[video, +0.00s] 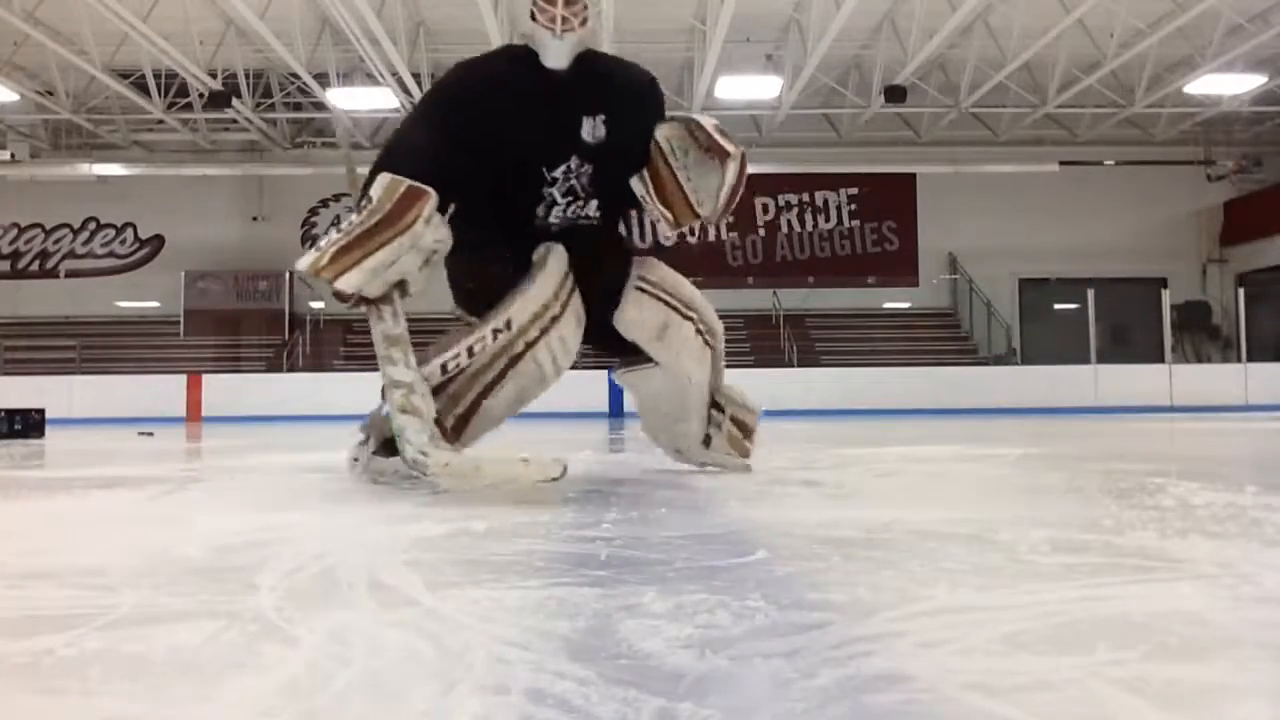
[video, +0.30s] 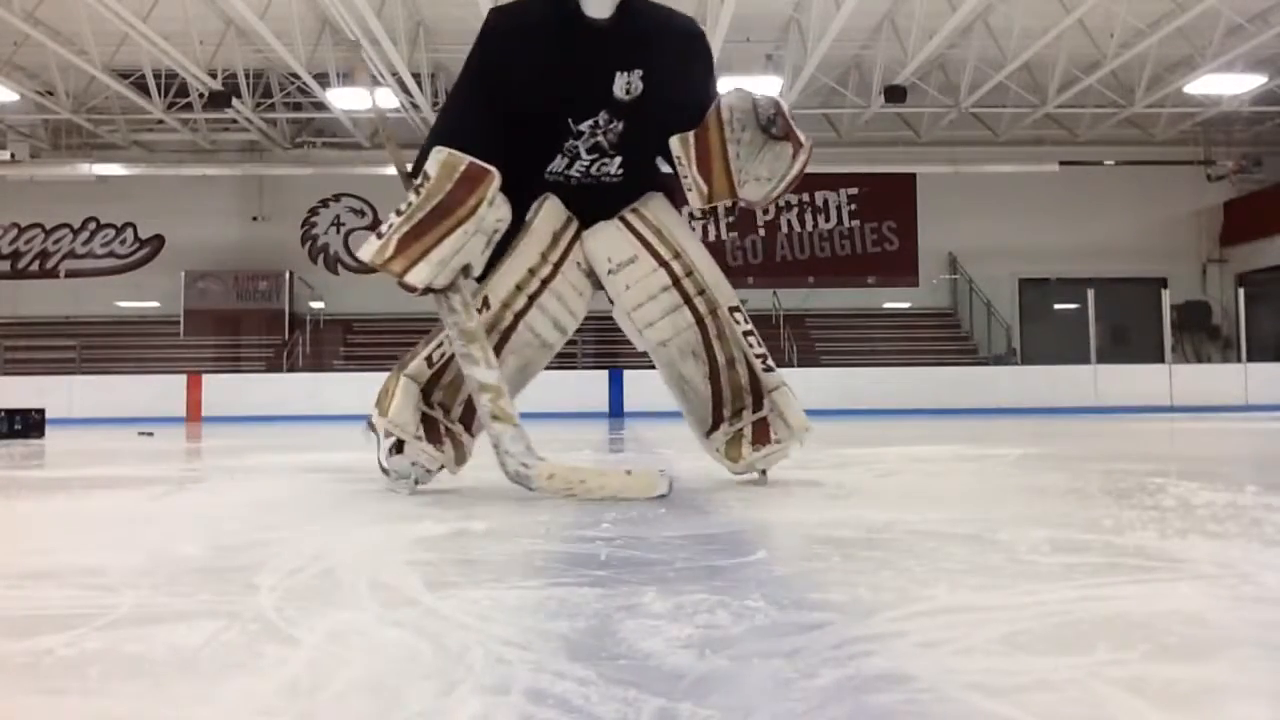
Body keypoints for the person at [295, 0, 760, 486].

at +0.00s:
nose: (560, 12)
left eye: (573, 3)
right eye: (547, 2)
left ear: (589, 12)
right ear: (527, 8)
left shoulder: (630, 89)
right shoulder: (474, 86)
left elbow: (648, 203)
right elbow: (402, 178)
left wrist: (686, 192)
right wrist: (370, 259)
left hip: (594, 255)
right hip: (494, 255)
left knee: (682, 322)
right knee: (541, 334)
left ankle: (697, 436)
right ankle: (401, 439)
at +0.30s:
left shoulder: (674, 38)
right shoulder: (516, 28)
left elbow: (700, 130)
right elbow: (466, 142)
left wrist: (758, 139)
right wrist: (432, 242)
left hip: (633, 198)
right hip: (535, 198)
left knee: (697, 305)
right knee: (502, 319)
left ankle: (748, 433)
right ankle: (418, 427)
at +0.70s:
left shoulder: (696, 52)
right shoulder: (531, 48)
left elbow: (713, 168)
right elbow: (484, 163)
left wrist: (759, 165)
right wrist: (460, 258)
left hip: (660, 226)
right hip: (557, 229)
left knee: (730, 325)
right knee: (513, 343)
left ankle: (804, 435)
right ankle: (419, 436)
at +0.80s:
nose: (622, 9)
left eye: (635, 1)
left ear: (654, 4)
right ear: (587, 3)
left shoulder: (695, 77)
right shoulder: (529, 74)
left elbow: (729, 190)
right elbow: (478, 193)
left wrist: (760, 215)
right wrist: (470, 275)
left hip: (665, 308)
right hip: (552, 302)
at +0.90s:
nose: (619, 50)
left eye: (633, 38)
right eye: (606, 37)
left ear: (652, 43)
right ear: (587, 39)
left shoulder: (696, 126)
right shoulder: (529, 121)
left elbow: (728, 235)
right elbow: (473, 225)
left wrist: (743, 247)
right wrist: (462, 296)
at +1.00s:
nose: (606, 68)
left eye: (621, 55)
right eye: (594, 55)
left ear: (650, 61)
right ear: (579, 61)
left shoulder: (696, 143)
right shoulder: (530, 137)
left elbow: (718, 250)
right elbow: (480, 241)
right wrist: (453, 323)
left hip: (660, 366)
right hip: (548, 367)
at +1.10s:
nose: (575, 71)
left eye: (591, 59)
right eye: (570, 58)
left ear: (630, 64)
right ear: (562, 61)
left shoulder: (689, 140)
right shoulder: (525, 139)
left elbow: (703, 260)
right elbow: (493, 245)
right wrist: (449, 312)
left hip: (662, 360)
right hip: (550, 366)